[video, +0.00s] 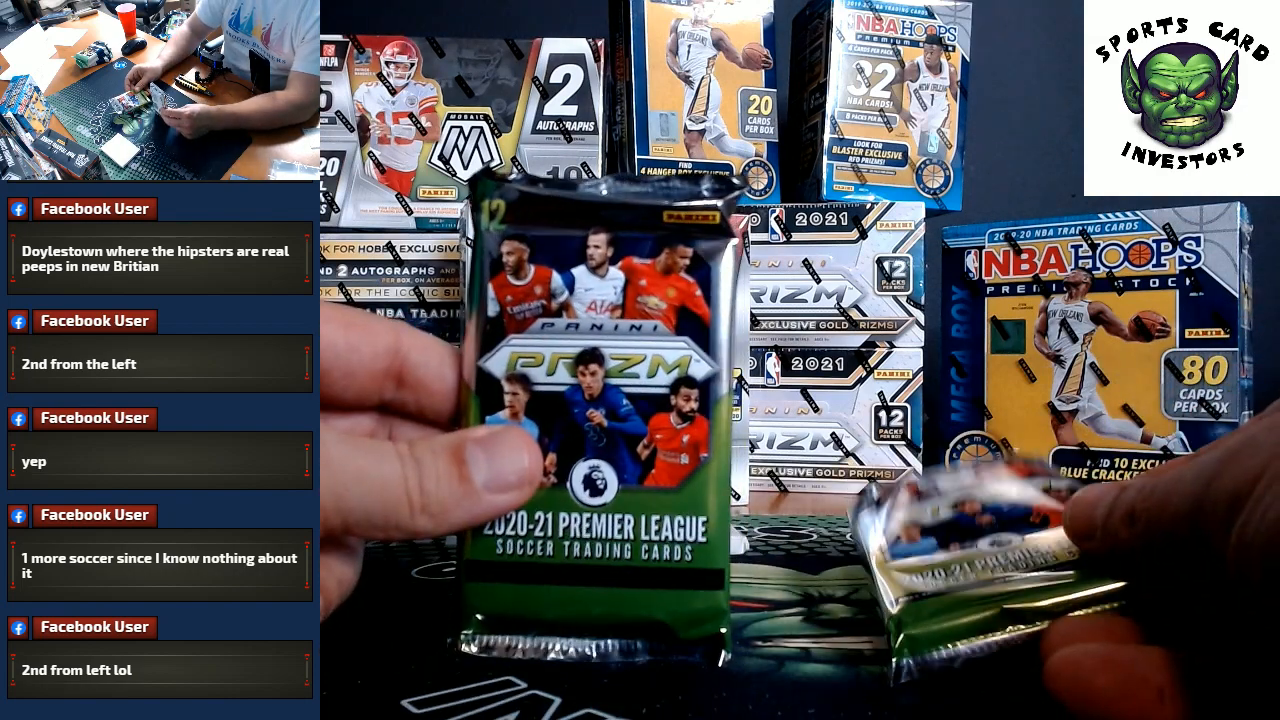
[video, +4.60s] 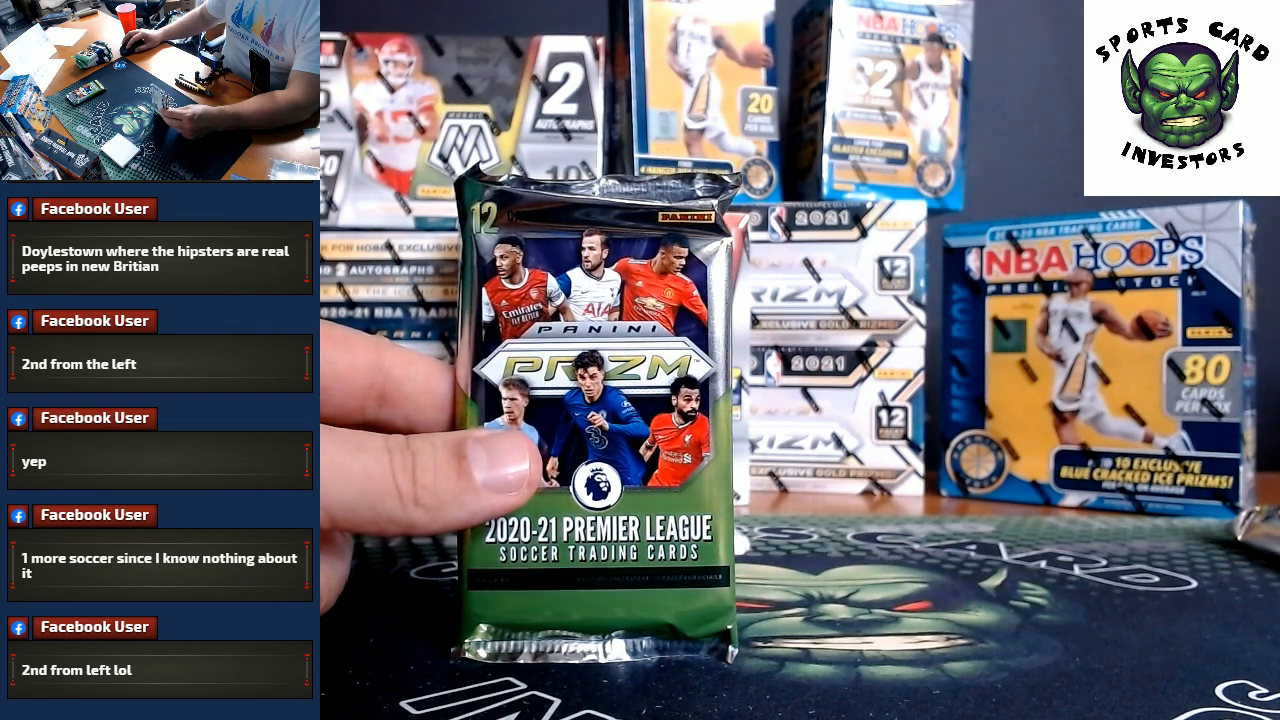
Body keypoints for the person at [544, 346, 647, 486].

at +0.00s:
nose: (588, 381)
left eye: (593, 374)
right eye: (582, 375)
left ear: (603, 373)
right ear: (577, 376)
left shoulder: (613, 395)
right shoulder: (572, 396)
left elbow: (640, 428)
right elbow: (564, 425)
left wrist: (607, 424)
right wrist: (553, 451)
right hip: (592, 462)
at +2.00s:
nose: (592, 386)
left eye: (598, 379)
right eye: (587, 380)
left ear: (607, 377)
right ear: (581, 379)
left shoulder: (619, 400)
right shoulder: (575, 403)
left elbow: (647, 433)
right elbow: (568, 430)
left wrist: (613, 430)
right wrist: (558, 458)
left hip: (630, 473)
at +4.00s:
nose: (595, 384)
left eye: (600, 377)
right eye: (589, 378)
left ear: (609, 375)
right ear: (584, 378)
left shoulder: (621, 399)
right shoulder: (578, 400)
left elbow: (649, 431)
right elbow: (572, 423)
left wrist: (616, 428)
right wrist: (561, 456)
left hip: (632, 474)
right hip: (601, 473)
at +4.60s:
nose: (588, 384)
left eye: (593, 377)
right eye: (582, 378)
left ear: (602, 375)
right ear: (577, 378)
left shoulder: (614, 398)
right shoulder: (571, 400)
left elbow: (643, 430)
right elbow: (566, 422)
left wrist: (609, 427)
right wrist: (554, 455)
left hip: (627, 473)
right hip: (596, 472)